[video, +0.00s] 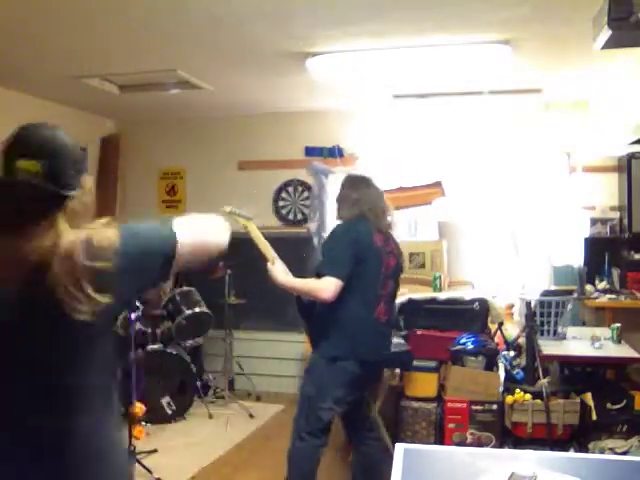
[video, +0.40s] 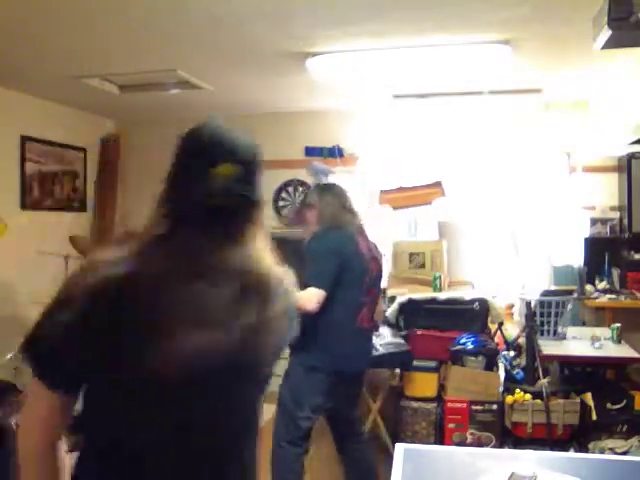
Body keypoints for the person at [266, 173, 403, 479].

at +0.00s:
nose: (338, 203)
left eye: (341, 197)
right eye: (339, 197)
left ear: (349, 200)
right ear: (375, 202)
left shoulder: (347, 234)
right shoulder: (389, 241)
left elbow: (328, 289)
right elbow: (385, 296)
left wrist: (285, 280)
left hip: (339, 352)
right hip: (373, 351)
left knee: (308, 434)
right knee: (362, 425)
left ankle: (299, 474)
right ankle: (378, 473)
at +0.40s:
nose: (306, 216)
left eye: (310, 208)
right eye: (306, 209)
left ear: (321, 209)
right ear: (344, 208)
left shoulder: (326, 241)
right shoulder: (364, 243)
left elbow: (311, 301)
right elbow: (374, 311)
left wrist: (280, 292)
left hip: (317, 358)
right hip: (353, 358)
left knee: (288, 443)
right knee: (350, 436)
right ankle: (366, 475)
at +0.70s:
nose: (312, 216)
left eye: (314, 208)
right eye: (313, 208)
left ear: (321, 210)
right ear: (349, 207)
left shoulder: (322, 245)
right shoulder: (369, 245)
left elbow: (313, 299)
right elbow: (372, 303)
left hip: (323, 350)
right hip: (357, 351)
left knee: (299, 435)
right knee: (351, 428)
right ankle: (366, 473)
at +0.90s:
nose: (312, 215)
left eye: (316, 207)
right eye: (312, 208)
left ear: (328, 208)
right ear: (349, 206)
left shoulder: (331, 243)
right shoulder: (370, 243)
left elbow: (322, 298)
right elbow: (375, 299)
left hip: (331, 350)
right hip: (361, 349)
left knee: (305, 428)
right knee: (350, 425)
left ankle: (295, 473)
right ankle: (367, 474)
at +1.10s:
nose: (310, 213)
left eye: (314, 206)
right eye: (311, 206)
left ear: (329, 208)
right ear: (350, 206)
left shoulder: (336, 242)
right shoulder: (370, 242)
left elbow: (324, 305)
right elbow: (372, 303)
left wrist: (286, 304)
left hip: (326, 358)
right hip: (358, 358)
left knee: (296, 442)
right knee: (351, 430)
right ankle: (366, 475)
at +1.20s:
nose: (309, 213)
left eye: (313, 206)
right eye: (309, 206)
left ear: (330, 209)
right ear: (349, 207)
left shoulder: (336, 242)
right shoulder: (370, 243)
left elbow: (323, 306)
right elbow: (368, 306)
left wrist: (285, 293)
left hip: (327, 360)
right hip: (358, 359)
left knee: (294, 442)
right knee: (351, 431)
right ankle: (366, 476)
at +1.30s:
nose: (307, 210)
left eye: (312, 203)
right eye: (308, 203)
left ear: (328, 207)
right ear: (349, 206)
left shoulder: (338, 240)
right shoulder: (368, 241)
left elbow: (324, 307)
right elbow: (362, 304)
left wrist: (280, 294)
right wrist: (311, 292)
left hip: (328, 361)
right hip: (358, 360)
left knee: (295, 445)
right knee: (352, 433)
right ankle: (367, 476)